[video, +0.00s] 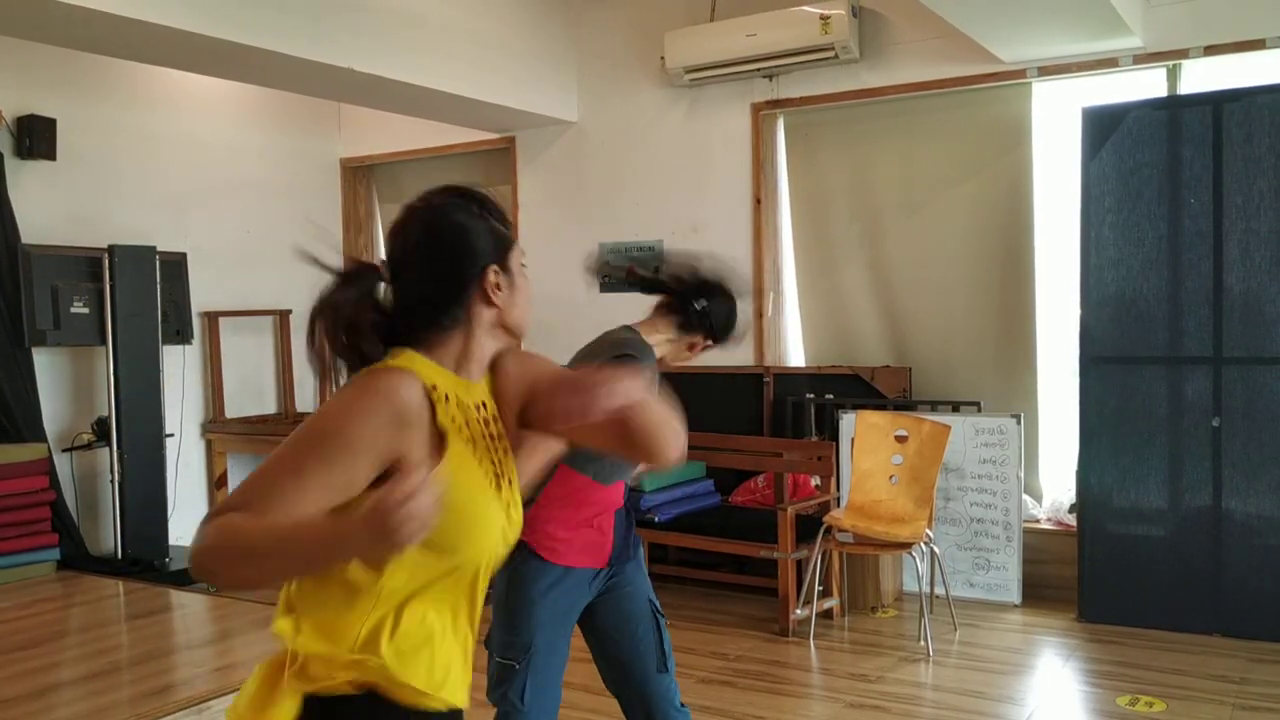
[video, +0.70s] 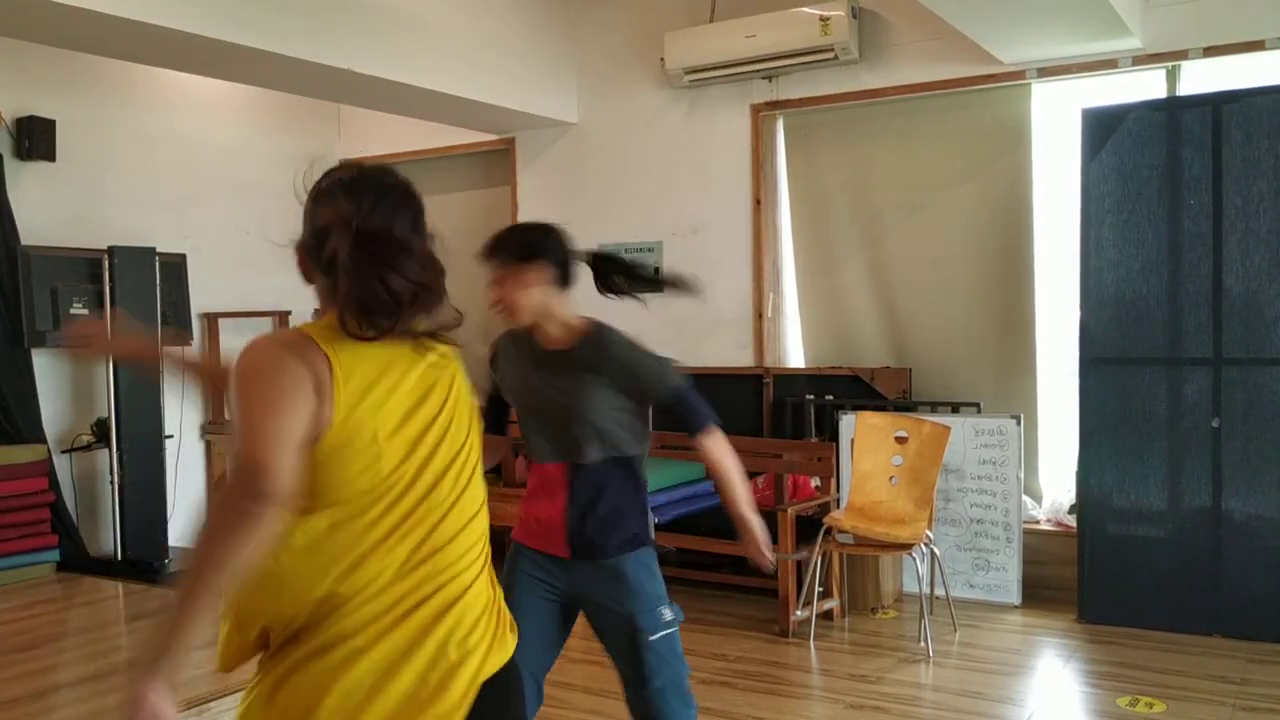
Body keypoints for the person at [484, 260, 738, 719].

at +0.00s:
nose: (694, 359)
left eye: (701, 350)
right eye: (703, 349)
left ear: (663, 306)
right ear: (698, 343)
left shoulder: (620, 349)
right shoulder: (628, 362)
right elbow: (549, 437)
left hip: (613, 554)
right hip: (551, 557)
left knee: (658, 702)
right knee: (527, 707)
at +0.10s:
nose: (695, 376)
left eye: (708, 369)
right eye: (709, 365)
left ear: (697, 328)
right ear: (703, 336)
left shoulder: (635, 363)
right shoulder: (614, 363)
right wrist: (627, 556)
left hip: (608, 552)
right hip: (551, 556)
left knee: (659, 705)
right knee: (523, 705)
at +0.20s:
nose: (695, 361)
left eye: (706, 351)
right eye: (702, 345)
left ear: (679, 314)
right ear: (677, 314)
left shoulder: (640, 370)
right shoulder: (595, 346)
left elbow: (636, 444)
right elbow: (612, 451)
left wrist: (731, 448)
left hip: (610, 563)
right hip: (546, 563)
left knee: (658, 707)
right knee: (524, 708)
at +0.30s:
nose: (683, 324)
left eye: (694, 314)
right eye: (678, 305)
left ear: (700, 313)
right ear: (640, 284)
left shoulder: (639, 366)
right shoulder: (590, 341)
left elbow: (617, 463)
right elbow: (611, 446)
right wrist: (710, 431)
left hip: (613, 559)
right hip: (544, 561)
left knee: (659, 704)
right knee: (519, 707)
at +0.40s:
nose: (658, 295)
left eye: (671, 284)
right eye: (646, 279)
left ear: (681, 289)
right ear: (618, 276)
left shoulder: (649, 363)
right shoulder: (587, 340)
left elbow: (627, 452)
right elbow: (581, 452)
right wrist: (674, 463)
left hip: (619, 551)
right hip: (551, 551)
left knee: (657, 703)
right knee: (526, 702)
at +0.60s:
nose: (608, 280)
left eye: (620, 268)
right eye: (594, 269)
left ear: (644, 279)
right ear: (580, 282)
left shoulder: (662, 370)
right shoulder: (551, 361)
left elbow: (717, 459)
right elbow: (503, 453)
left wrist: (782, 536)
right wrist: (510, 554)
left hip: (630, 559)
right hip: (546, 564)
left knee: (670, 704)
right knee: (519, 705)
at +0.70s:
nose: (496, 297)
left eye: (507, 282)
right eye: (494, 283)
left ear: (547, 278)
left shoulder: (609, 351)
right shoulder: (508, 354)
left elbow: (699, 418)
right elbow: (494, 425)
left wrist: (746, 516)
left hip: (616, 556)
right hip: (536, 554)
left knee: (664, 706)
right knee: (504, 699)